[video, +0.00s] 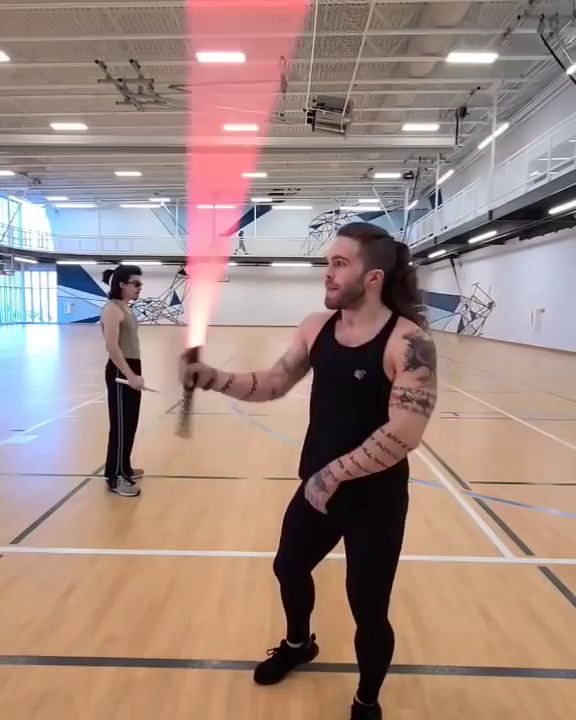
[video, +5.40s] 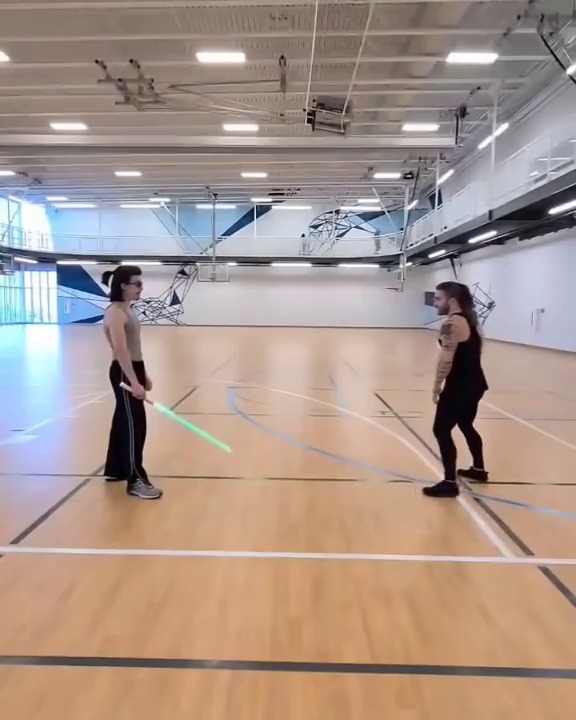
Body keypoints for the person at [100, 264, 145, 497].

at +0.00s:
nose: (138, 288)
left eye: (139, 284)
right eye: (134, 284)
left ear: (131, 287)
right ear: (121, 285)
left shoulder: (125, 309)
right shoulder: (112, 310)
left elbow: (127, 343)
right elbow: (112, 347)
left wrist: (136, 371)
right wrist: (130, 375)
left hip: (132, 367)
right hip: (119, 369)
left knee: (130, 424)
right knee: (120, 426)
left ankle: (124, 467)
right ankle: (114, 477)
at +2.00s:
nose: (138, 289)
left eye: (139, 285)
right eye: (134, 285)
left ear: (129, 287)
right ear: (120, 286)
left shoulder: (124, 310)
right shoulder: (113, 312)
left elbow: (130, 347)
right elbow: (118, 350)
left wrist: (139, 378)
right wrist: (131, 381)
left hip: (132, 368)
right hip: (123, 371)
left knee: (123, 422)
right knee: (135, 425)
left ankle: (115, 468)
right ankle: (135, 479)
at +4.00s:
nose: (138, 289)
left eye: (139, 285)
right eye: (134, 285)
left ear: (133, 287)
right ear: (120, 286)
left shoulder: (127, 310)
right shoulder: (114, 313)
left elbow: (133, 347)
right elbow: (119, 351)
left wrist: (143, 373)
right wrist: (132, 382)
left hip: (132, 369)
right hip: (123, 372)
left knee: (123, 422)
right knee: (136, 424)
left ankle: (114, 468)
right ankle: (135, 479)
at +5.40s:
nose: (140, 288)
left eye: (140, 284)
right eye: (135, 284)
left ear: (134, 287)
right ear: (122, 286)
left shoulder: (126, 310)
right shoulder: (115, 313)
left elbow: (133, 347)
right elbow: (120, 351)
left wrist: (143, 374)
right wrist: (133, 381)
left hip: (132, 369)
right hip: (124, 372)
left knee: (123, 422)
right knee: (137, 425)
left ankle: (115, 467)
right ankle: (135, 480)